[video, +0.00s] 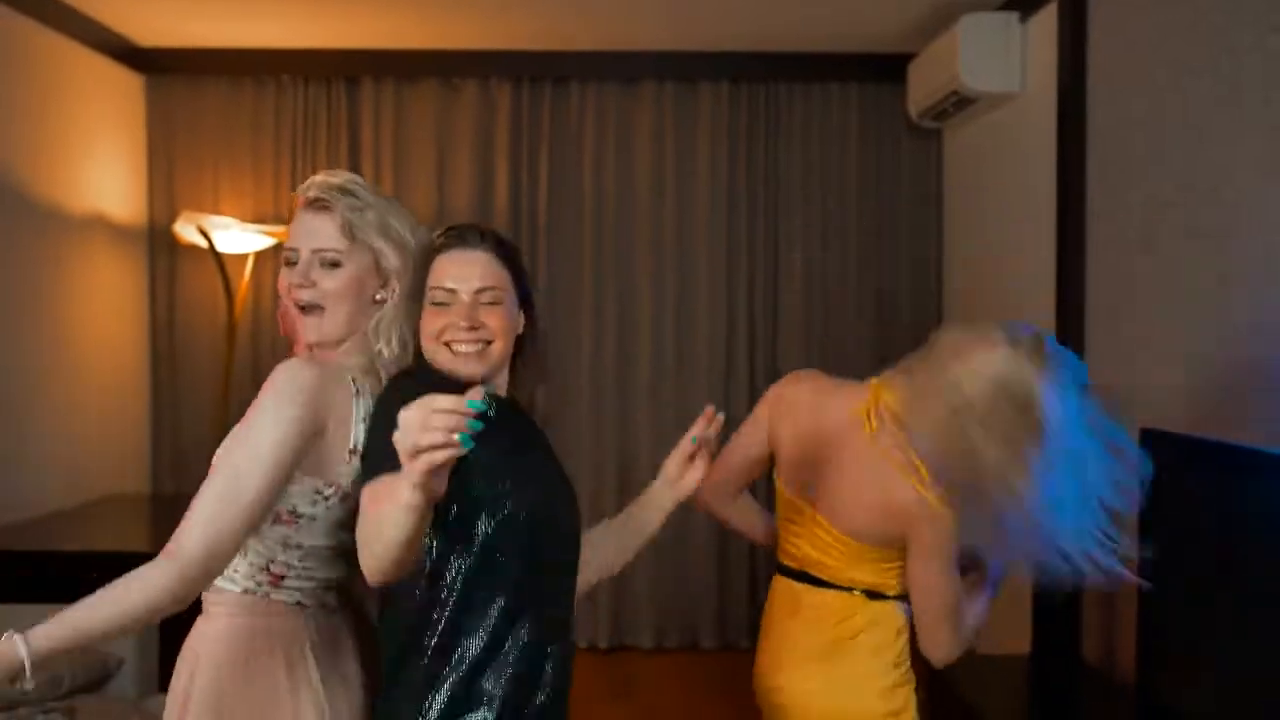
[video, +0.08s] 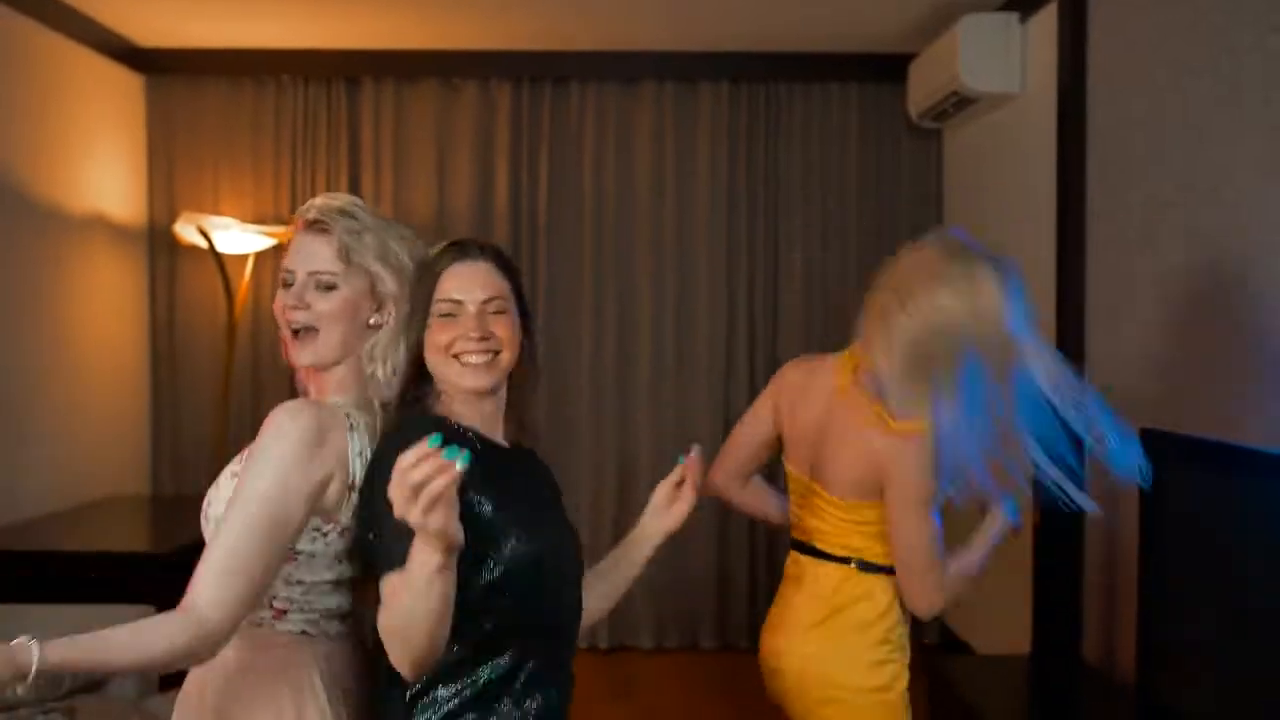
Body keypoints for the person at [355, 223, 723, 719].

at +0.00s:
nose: (465, 318)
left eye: (489, 301)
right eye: (441, 302)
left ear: (521, 318)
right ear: (419, 319)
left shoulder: (517, 424)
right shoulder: (412, 403)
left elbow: (560, 576)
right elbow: (378, 566)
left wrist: (664, 494)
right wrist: (416, 489)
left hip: (530, 697)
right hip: (439, 698)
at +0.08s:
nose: (475, 329)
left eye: (496, 309)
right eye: (448, 313)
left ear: (522, 331)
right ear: (421, 337)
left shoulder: (526, 468)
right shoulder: (411, 456)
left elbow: (569, 618)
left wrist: (652, 528)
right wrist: (433, 546)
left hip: (539, 706)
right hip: (454, 708)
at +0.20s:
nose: (488, 345)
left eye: (503, 329)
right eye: (458, 333)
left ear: (523, 349)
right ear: (421, 361)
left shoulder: (517, 488)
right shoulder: (410, 484)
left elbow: (556, 628)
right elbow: (396, 699)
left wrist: (596, 509)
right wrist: (434, 550)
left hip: (540, 707)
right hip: (456, 710)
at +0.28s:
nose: (493, 321)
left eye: (504, 305)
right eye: (462, 306)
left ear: (520, 325)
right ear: (417, 332)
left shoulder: (510, 458)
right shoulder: (410, 455)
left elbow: (547, 581)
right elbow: (373, 650)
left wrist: (572, 454)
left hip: (537, 701)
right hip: (446, 704)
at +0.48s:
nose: (512, 321)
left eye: (511, 304)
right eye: (483, 302)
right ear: (419, 320)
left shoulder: (497, 439)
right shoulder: (385, 447)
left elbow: (520, 551)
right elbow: (350, 664)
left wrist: (583, 435)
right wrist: (366, 491)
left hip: (509, 703)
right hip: (416, 707)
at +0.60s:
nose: (505, 336)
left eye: (501, 319)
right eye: (475, 320)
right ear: (416, 346)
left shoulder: (496, 476)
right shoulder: (396, 486)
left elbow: (503, 603)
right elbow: (379, 701)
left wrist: (564, 510)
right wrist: (439, 556)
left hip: (507, 706)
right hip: (443, 710)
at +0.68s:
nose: (504, 347)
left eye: (497, 331)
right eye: (473, 333)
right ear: (416, 360)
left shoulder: (491, 489)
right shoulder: (402, 498)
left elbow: (502, 629)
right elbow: (400, 702)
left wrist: (546, 517)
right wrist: (475, 539)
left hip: (503, 706)